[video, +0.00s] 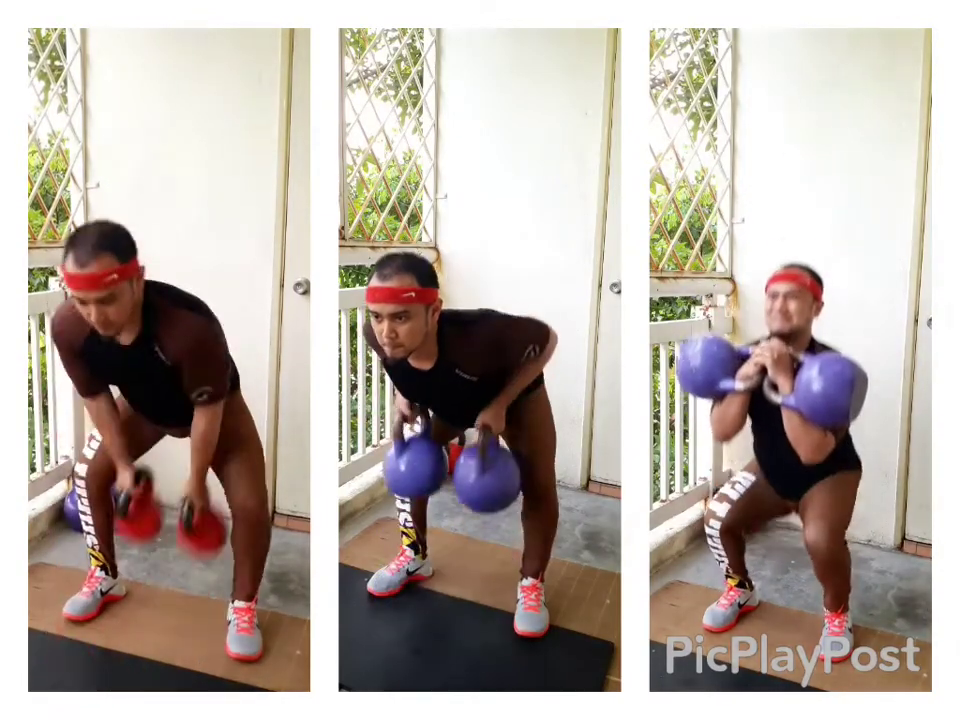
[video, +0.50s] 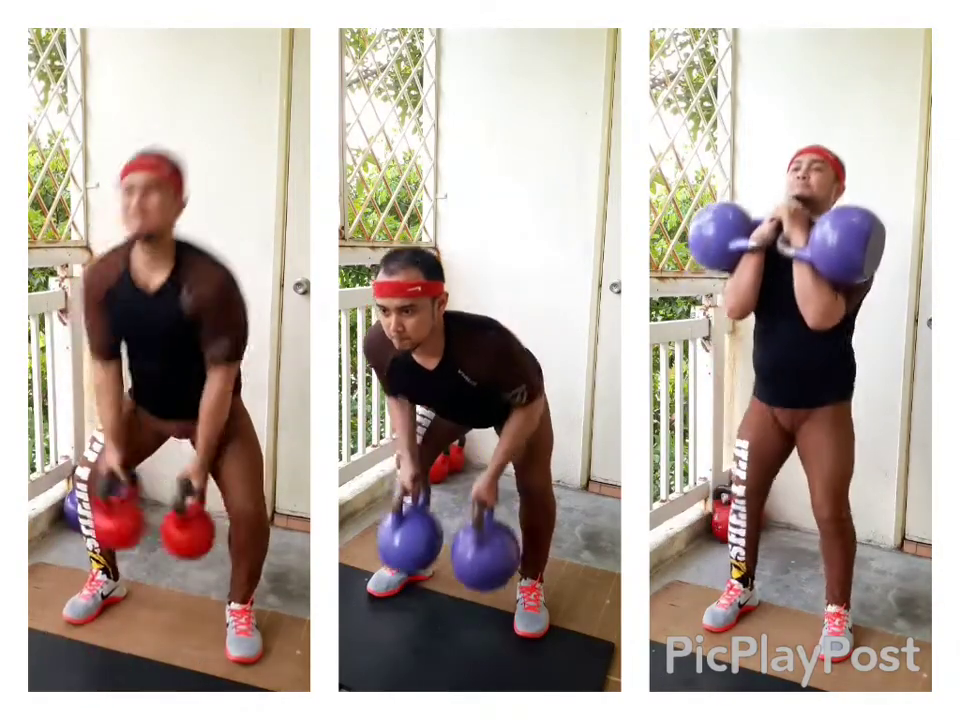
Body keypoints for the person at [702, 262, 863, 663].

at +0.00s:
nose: (779, 305)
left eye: (792, 297)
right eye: (772, 296)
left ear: (816, 309)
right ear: (765, 306)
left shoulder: (830, 366)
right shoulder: (747, 357)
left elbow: (814, 451)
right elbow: (721, 431)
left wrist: (785, 384)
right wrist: (743, 382)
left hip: (830, 472)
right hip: (774, 471)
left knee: (821, 540)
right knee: (724, 521)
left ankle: (837, 615)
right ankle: (740, 588)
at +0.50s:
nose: (802, 175)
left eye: (816, 169)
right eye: (795, 169)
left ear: (840, 188)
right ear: (783, 185)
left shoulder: (846, 246)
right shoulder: (761, 239)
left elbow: (821, 315)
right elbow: (735, 306)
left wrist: (798, 241)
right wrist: (761, 240)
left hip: (825, 407)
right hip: (766, 401)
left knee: (831, 514)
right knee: (745, 499)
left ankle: (836, 611)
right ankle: (739, 587)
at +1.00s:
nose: (809, 186)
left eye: (822, 180)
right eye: (802, 180)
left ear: (845, 198)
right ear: (791, 194)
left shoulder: (854, 257)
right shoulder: (768, 245)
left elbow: (828, 315)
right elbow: (738, 306)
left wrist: (806, 243)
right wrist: (768, 244)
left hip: (814, 407)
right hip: (754, 400)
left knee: (825, 513)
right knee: (749, 502)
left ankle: (836, 609)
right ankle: (740, 586)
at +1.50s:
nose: (805, 186)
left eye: (819, 179)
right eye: (800, 179)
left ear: (844, 196)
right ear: (790, 193)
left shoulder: (854, 257)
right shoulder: (768, 243)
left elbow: (828, 314)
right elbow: (735, 305)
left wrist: (805, 242)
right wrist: (767, 243)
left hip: (814, 406)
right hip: (754, 399)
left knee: (825, 512)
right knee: (749, 501)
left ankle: (837, 609)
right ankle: (740, 586)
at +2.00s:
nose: (792, 227)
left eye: (805, 219)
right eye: (785, 218)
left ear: (828, 230)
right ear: (776, 228)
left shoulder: (842, 289)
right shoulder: (756, 283)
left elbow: (821, 362)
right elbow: (730, 351)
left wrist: (795, 290)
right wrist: (759, 289)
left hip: (830, 431)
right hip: (773, 427)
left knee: (828, 528)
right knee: (733, 508)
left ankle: (836, 613)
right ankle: (740, 585)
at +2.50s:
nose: (788, 360)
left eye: (800, 352)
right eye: (781, 352)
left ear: (823, 363)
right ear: (773, 359)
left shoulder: (834, 420)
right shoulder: (752, 410)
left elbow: (817, 504)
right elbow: (722, 484)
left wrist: (792, 435)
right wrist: (750, 436)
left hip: (819, 534)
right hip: (766, 529)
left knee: (828, 556)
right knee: (714, 535)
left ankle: (835, 617)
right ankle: (740, 590)